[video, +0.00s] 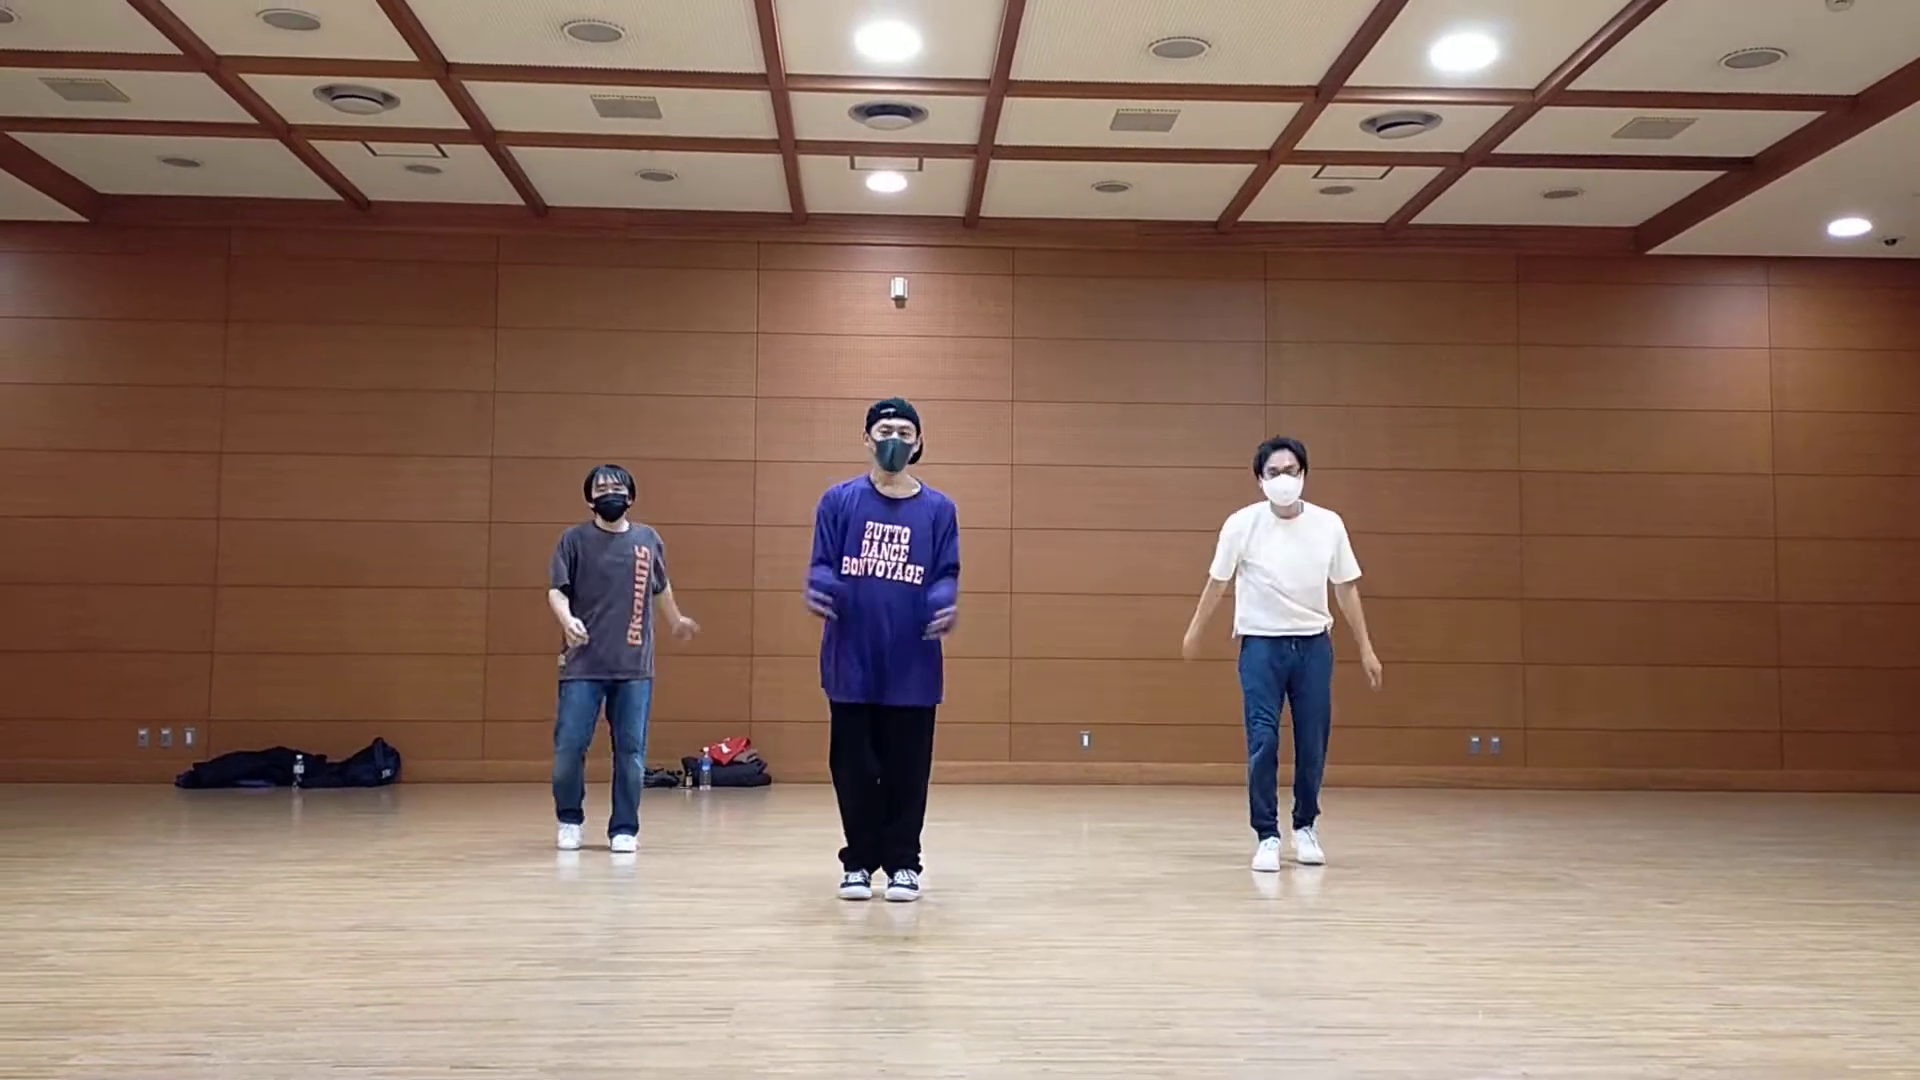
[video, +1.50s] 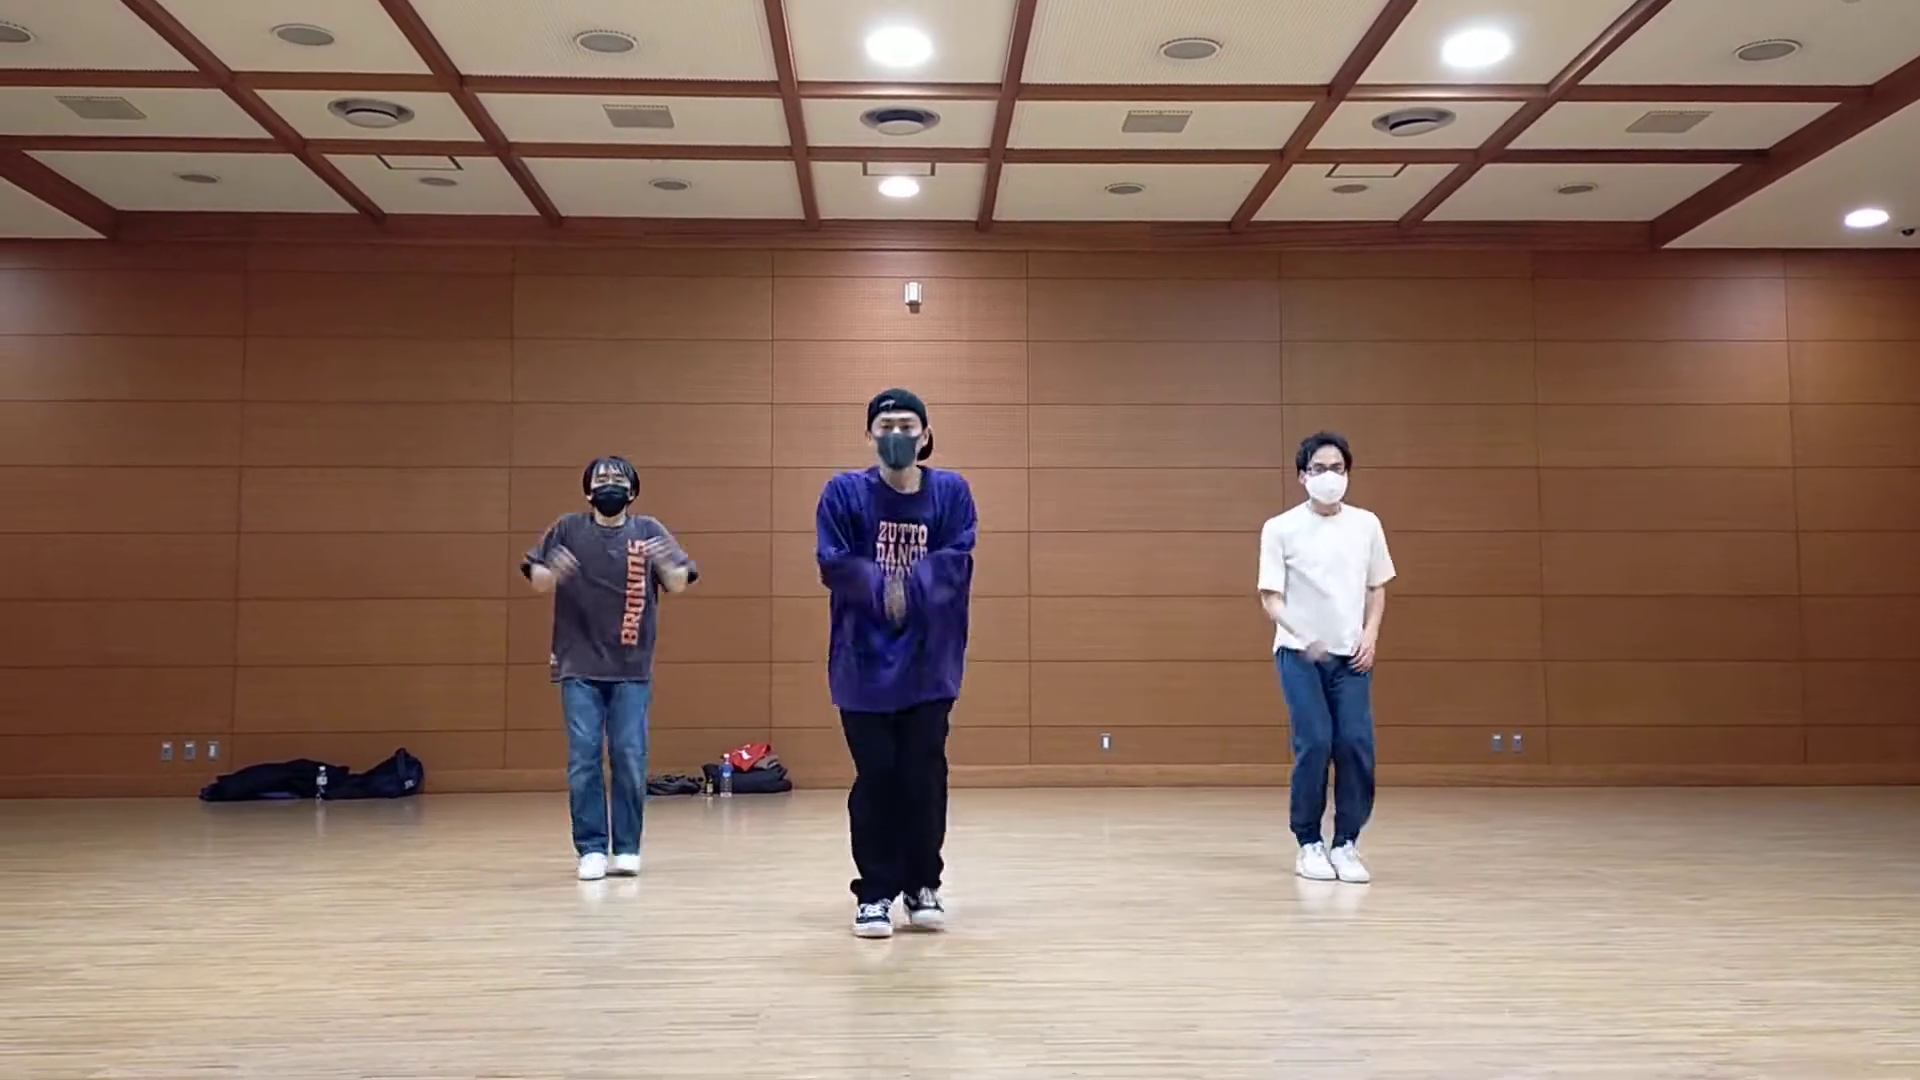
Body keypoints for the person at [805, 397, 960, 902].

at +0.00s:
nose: (894, 437)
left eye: (904, 431)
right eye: (885, 430)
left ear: (917, 444)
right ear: (868, 440)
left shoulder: (939, 508)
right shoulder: (838, 500)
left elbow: (946, 573)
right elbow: (821, 567)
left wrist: (942, 606)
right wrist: (819, 591)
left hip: (912, 663)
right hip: (851, 659)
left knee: (907, 766)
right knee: (854, 764)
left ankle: (904, 865)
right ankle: (858, 864)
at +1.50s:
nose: (896, 431)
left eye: (906, 423)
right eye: (886, 424)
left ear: (924, 435)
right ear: (871, 435)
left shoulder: (950, 491)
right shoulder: (844, 492)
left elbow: (958, 560)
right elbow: (832, 561)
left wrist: (906, 586)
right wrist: (884, 587)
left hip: (929, 663)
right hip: (863, 665)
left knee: (924, 774)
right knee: (877, 776)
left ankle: (923, 888)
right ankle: (875, 896)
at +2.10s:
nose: (896, 479)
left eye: (908, 472)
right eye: (886, 472)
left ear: (929, 489)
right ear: (871, 488)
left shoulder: (958, 565)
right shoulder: (844, 559)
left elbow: (1022, 630)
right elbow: (791, 640)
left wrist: (1097, 639)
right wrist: (727, 677)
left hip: (938, 727)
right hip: (858, 728)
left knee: (977, 823)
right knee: (804, 822)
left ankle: (1052, 911)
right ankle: (748, 914)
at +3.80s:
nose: (1013, 426)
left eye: (1024, 416)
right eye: (1003, 417)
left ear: (1047, 421)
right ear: (989, 422)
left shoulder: (1070, 479)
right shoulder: (981, 489)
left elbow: (1061, 544)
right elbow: (993, 570)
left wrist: (1023, 472)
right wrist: (990, 637)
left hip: (1061, 652)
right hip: (1008, 657)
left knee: (1081, 777)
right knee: (1042, 781)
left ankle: (1123, 895)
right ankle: (1098, 881)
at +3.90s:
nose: (989, 406)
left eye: (1000, 397)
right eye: (979, 398)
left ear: (1024, 405)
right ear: (970, 409)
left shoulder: (1050, 459)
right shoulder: (974, 475)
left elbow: (1035, 524)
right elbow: (988, 554)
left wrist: (964, 479)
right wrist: (968, 611)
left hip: (1061, 639)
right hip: (1007, 645)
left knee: (1079, 765)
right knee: (1012, 765)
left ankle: (1139, 882)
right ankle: (1060, 871)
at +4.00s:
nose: (967, 444)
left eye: (977, 432)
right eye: (956, 435)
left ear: (1001, 429)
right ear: (946, 438)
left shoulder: (1029, 485)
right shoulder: (968, 500)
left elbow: (1008, 562)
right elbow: (974, 574)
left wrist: (925, 559)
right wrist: (935, 623)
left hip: (1070, 658)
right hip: (1017, 662)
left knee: (1102, 781)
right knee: (990, 777)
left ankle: (1177, 889)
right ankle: (968, 895)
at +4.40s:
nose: (858, 469)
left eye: (868, 457)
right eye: (847, 460)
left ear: (893, 452)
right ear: (837, 461)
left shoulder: (954, 498)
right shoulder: (841, 522)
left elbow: (1033, 521)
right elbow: (825, 593)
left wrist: (1113, 536)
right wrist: (816, 658)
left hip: (958, 670)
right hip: (888, 674)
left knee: (949, 783)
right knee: (890, 793)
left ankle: (959, 860)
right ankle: (917, 907)